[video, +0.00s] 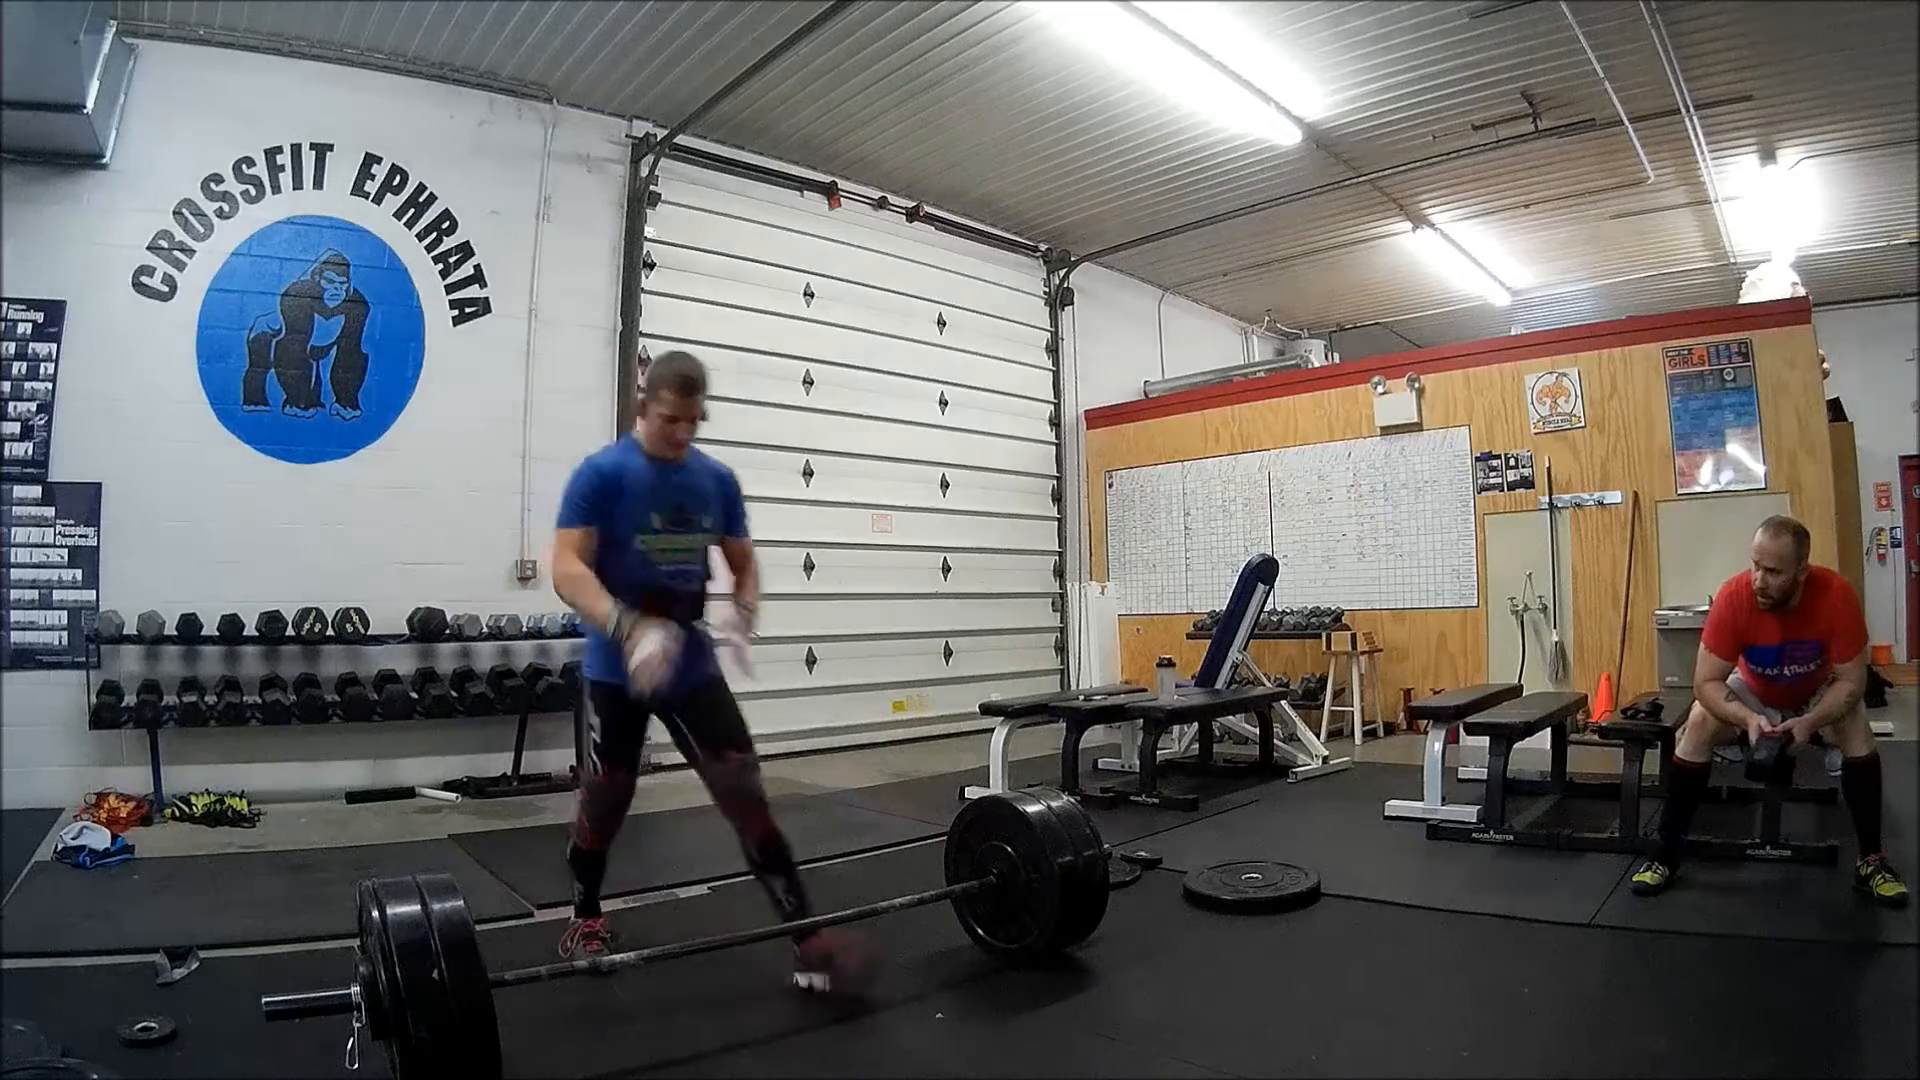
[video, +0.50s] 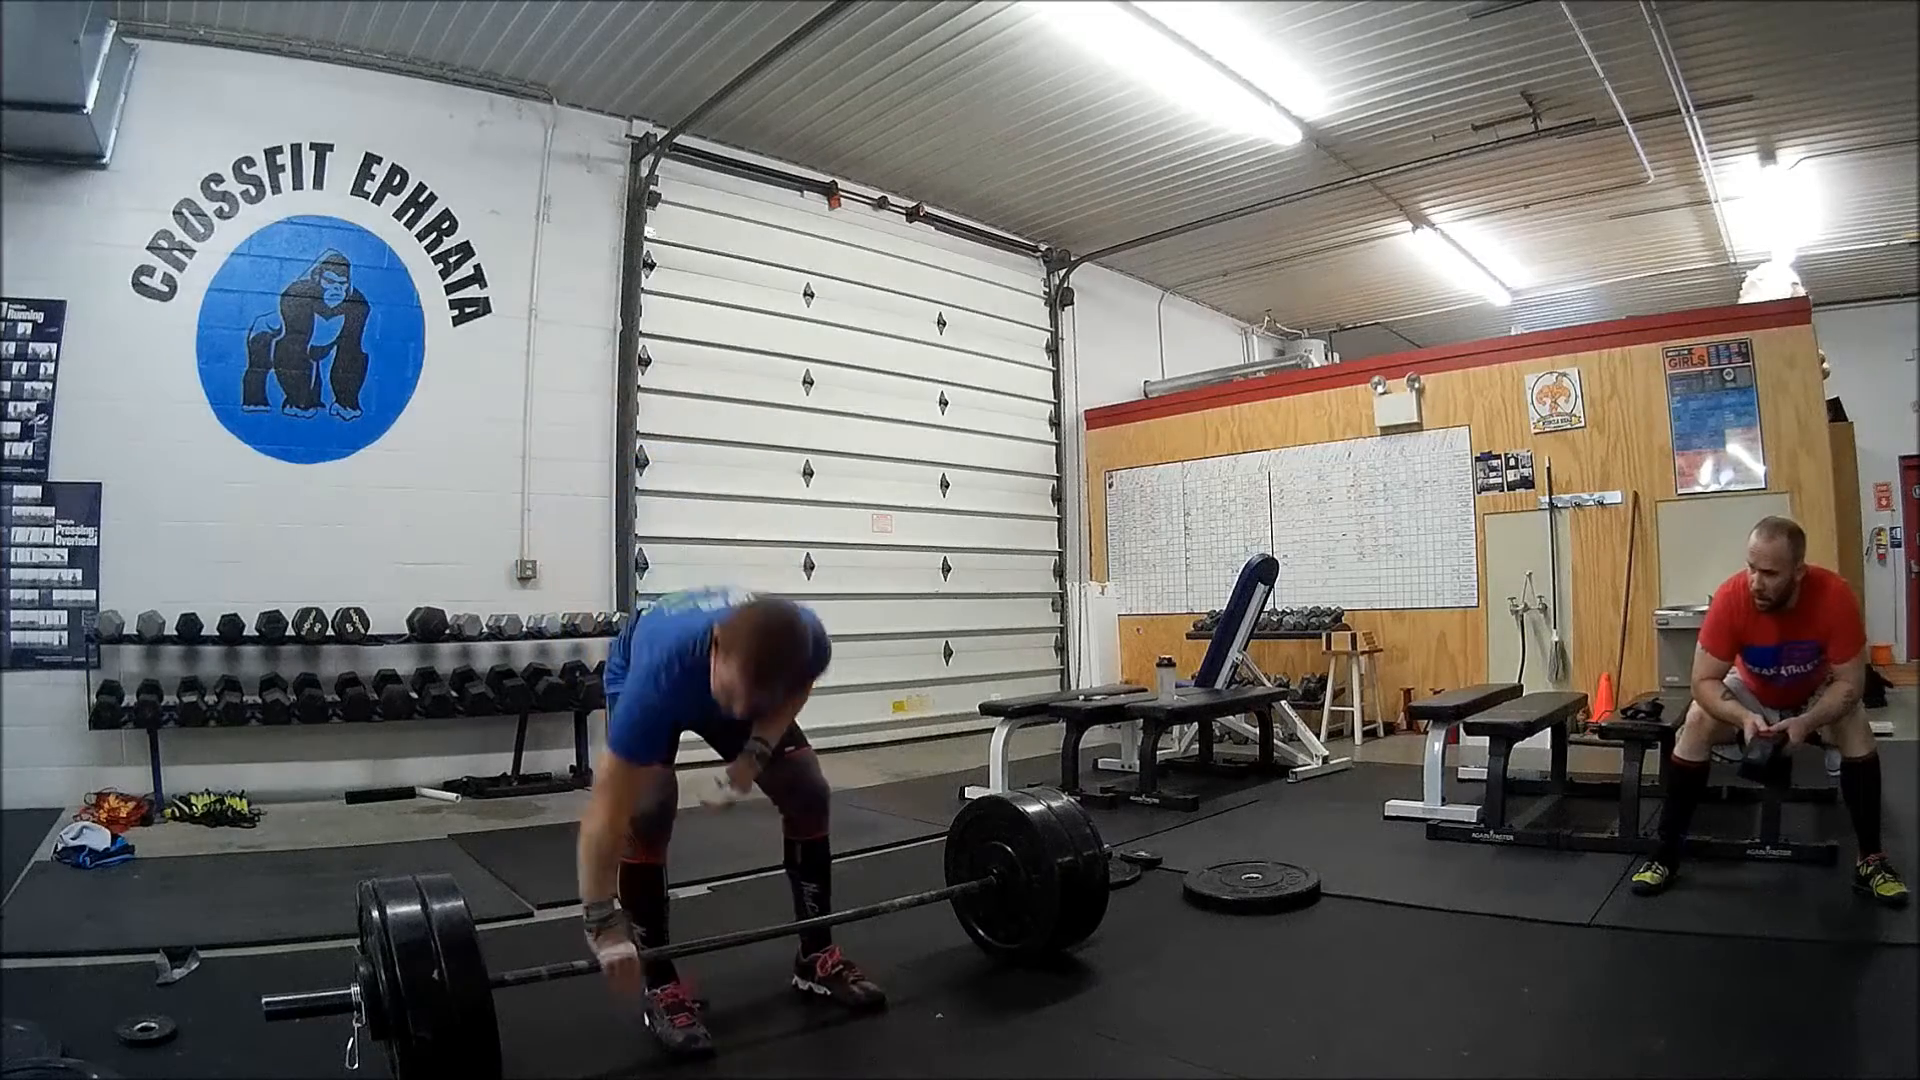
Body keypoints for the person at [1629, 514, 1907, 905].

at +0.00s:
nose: (1759, 580)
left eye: (1772, 572)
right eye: (1755, 566)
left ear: (1803, 570)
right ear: (1750, 558)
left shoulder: (1835, 595)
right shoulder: (1733, 597)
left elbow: (1851, 681)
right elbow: (1706, 683)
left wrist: (1810, 721)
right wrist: (1746, 719)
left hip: (1816, 695)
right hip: (1752, 694)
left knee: (1854, 723)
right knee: (1698, 722)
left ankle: (1871, 860)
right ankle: (1665, 857)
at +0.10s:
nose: (1760, 581)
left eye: (1773, 573)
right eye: (1756, 567)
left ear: (1803, 570)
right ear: (1751, 559)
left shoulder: (1836, 595)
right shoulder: (1733, 597)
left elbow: (1851, 682)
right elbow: (1706, 683)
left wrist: (1810, 721)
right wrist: (1746, 719)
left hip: (1816, 695)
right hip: (1752, 695)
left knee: (1854, 722)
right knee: (1698, 721)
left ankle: (1871, 860)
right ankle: (1665, 857)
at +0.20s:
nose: (1760, 582)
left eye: (1773, 573)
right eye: (1756, 568)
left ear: (1803, 570)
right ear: (1750, 560)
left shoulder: (1836, 596)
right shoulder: (1733, 598)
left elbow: (1851, 682)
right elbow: (1706, 683)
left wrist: (1808, 722)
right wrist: (1745, 719)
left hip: (1816, 696)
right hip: (1752, 695)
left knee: (1854, 723)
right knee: (1698, 722)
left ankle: (1871, 860)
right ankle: (1665, 857)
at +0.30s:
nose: (1759, 582)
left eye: (1772, 574)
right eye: (1755, 568)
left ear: (1802, 570)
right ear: (1749, 560)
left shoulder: (1836, 596)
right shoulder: (1733, 598)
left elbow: (1850, 683)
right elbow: (1705, 683)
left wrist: (1807, 723)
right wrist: (1744, 719)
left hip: (1815, 696)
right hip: (1752, 694)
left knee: (1853, 722)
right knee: (1697, 721)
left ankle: (1871, 859)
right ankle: (1665, 857)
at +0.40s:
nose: (1758, 583)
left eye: (1771, 574)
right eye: (1753, 569)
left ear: (1800, 570)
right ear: (1748, 560)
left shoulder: (1835, 596)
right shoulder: (1732, 597)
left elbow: (1850, 684)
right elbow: (1704, 683)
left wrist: (1806, 722)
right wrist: (1743, 718)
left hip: (1815, 696)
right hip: (1752, 694)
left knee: (1853, 722)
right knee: (1697, 721)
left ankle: (1871, 859)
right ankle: (1665, 857)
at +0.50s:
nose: (1757, 583)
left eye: (1770, 574)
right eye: (1752, 569)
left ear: (1798, 570)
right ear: (1747, 561)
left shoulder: (1834, 597)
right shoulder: (1731, 598)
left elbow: (1850, 684)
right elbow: (1703, 682)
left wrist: (1806, 722)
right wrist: (1742, 717)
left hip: (1815, 696)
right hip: (1751, 694)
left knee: (1854, 723)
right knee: (1696, 721)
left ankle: (1871, 859)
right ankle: (1665, 856)